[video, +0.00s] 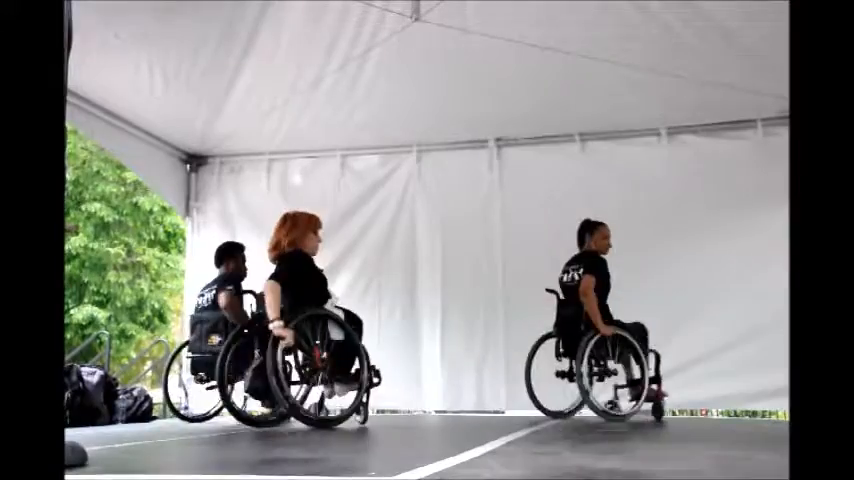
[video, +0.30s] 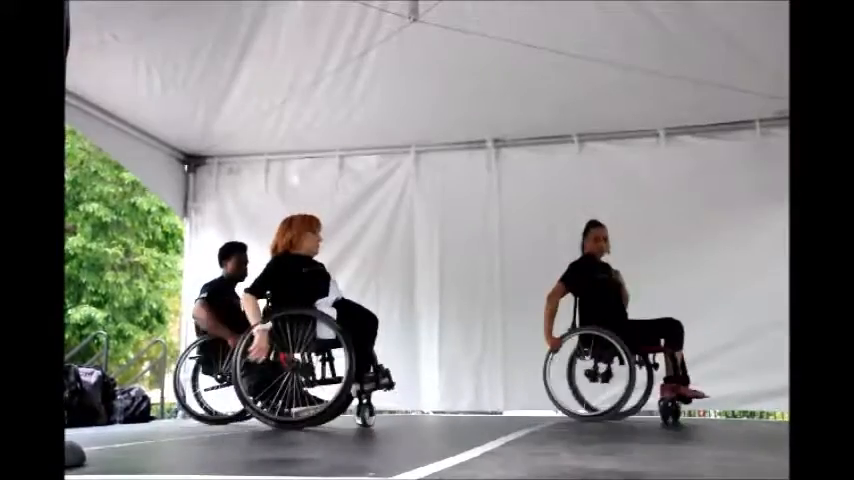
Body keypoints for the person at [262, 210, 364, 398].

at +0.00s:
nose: (319, 239)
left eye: (318, 233)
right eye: (314, 233)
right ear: (299, 235)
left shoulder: (304, 261)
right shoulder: (293, 259)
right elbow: (271, 286)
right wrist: (276, 322)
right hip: (305, 319)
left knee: (351, 322)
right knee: (353, 323)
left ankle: (337, 375)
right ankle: (340, 376)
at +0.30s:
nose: (320, 238)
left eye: (319, 233)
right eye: (314, 233)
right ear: (297, 236)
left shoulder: (316, 267)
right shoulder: (282, 262)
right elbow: (249, 296)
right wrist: (259, 330)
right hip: (294, 331)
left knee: (367, 321)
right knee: (364, 323)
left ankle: (364, 374)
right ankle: (361, 378)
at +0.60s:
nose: (328, 235)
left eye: (327, 230)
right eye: (323, 229)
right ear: (306, 233)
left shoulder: (325, 263)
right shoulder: (285, 261)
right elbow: (262, 303)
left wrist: (375, 336)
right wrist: (292, 306)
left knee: (368, 314)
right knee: (356, 316)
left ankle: (373, 371)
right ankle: (363, 373)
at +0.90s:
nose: (338, 230)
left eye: (338, 226)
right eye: (334, 226)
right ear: (317, 228)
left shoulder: (342, 260)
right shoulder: (292, 256)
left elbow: (363, 295)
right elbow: (274, 298)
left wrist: (389, 327)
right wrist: (297, 304)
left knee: (369, 305)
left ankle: (380, 367)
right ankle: (369, 368)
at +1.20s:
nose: (350, 228)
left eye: (349, 223)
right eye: (345, 222)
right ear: (328, 225)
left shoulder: (351, 256)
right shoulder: (305, 251)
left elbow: (375, 290)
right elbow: (294, 292)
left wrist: (405, 323)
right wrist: (316, 304)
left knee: (385, 304)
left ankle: (393, 364)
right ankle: (384, 364)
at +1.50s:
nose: (358, 222)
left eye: (357, 218)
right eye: (352, 218)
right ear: (334, 222)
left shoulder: (360, 255)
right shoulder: (313, 250)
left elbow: (396, 281)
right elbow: (306, 286)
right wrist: (329, 278)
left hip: (369, 303)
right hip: (332, 311)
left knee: (400, 304)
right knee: (381, 308)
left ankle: (406, 362)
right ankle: (388, 364)